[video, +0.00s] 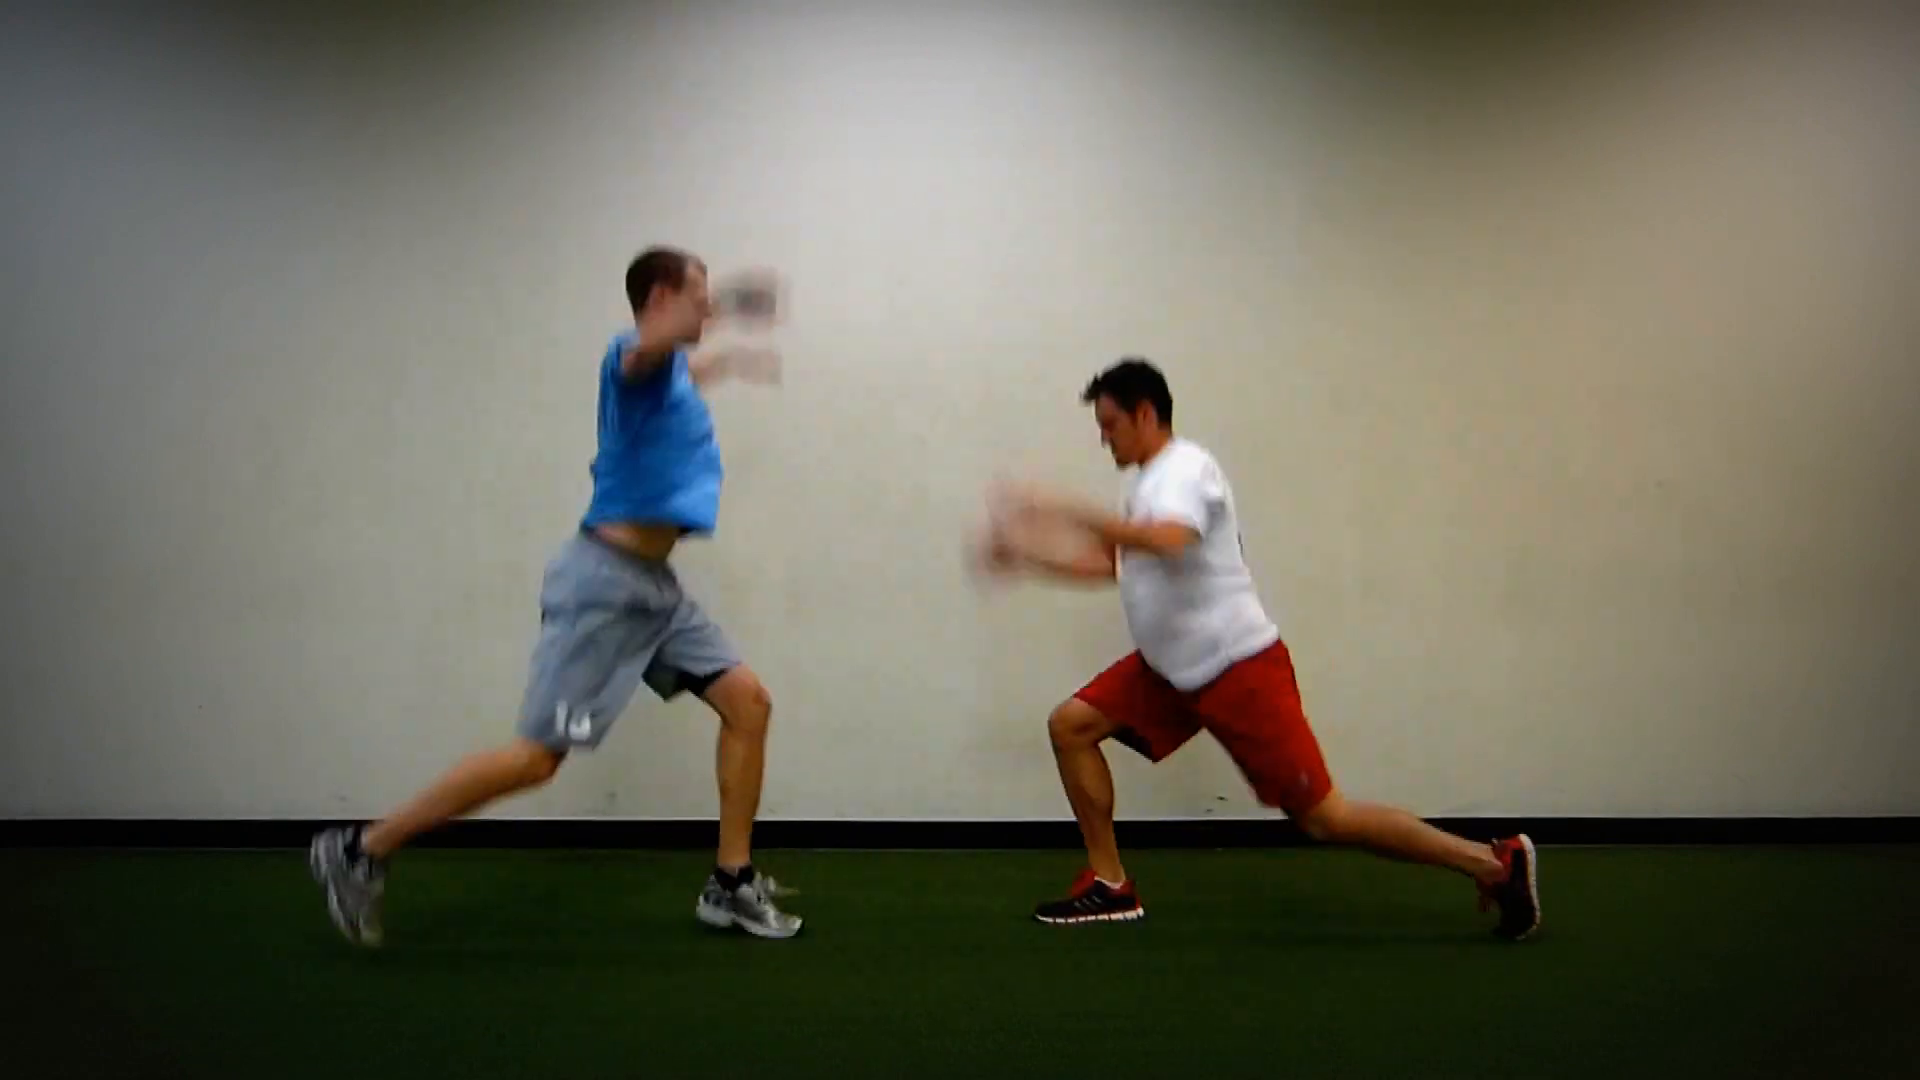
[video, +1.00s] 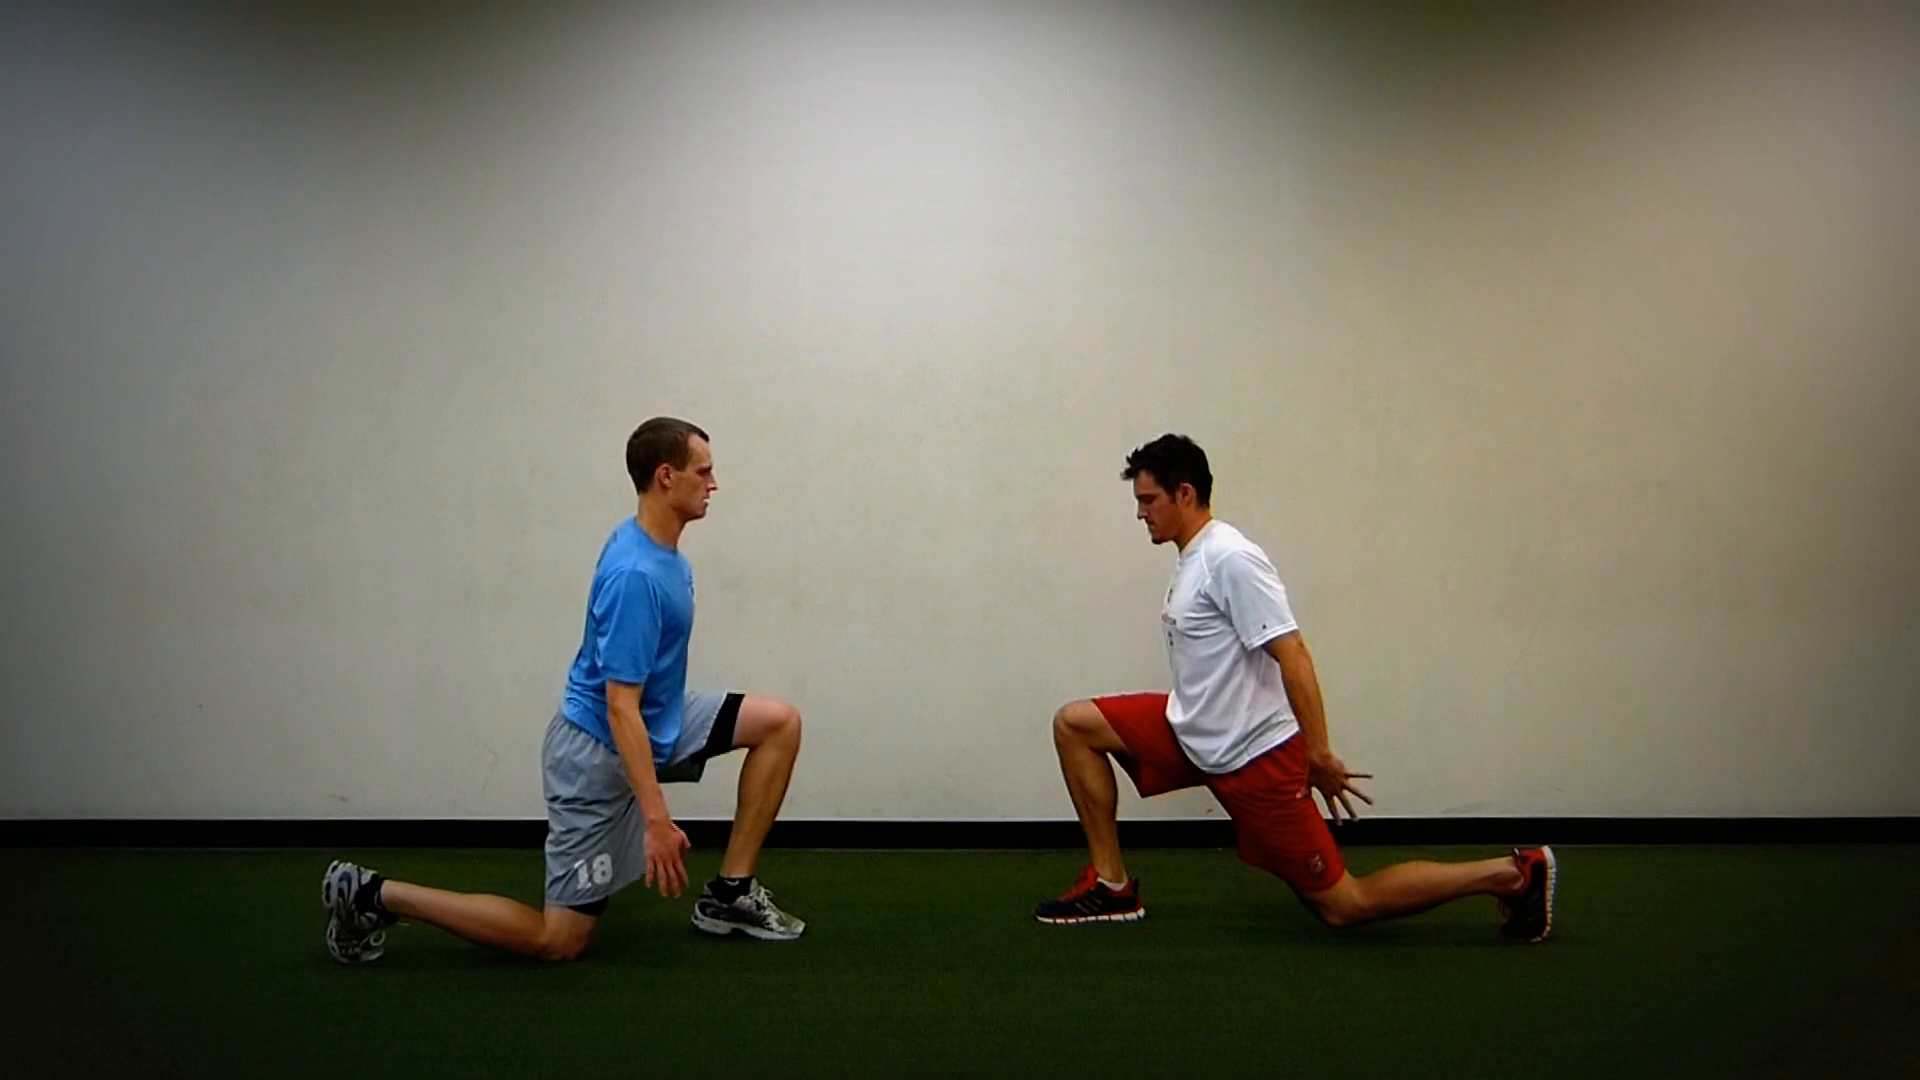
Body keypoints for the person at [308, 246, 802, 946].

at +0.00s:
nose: (706, 307)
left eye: (706, 296)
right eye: (698, 295)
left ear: (664, 298)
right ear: (662, 297)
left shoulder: (670, 370)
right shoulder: (631, 358)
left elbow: (689, 376)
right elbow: (647, 354)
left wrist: (727, 361)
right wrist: (710, 312)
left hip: (653, 583)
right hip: (604, 579)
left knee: (747, 705)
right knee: (535, 760)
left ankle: (733, 883)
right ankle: (362, 850)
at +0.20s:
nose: (708, 453)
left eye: (706, 440)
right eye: (698, 441)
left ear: (662, 446)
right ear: (658, 447)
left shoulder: (666, 523)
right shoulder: (637, 531)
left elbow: (650, 641)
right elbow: (627, 651)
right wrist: (657, 753)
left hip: (663, 706)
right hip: (601, 723)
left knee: (780, 734)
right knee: (552, 906)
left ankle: (731, 897)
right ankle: (360, 891)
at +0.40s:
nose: (706, 469)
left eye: (705, 458)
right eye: (696, 458)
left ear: (662, 464)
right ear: (658, 463)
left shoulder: (663, 541)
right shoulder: (637, 554)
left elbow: (646, 663)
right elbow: (631, 682)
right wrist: (673, 783)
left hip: (660, 717)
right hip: (602, 739)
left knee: (783, 731)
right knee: (556, 930)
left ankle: (731, 895)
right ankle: (365, 892)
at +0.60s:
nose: (710, 483)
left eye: (709, 472)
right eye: (701, 472)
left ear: (663, 478)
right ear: (660, 477)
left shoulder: (663, 552)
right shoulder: (633, 571)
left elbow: (654, 674)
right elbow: (632, 700)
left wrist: (676, 775)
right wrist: (686, 803)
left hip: (655, 720)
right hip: (595, 745)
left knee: (776, 724)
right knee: (560, 938)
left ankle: (732, 894)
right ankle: (366, 896)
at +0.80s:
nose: (714, 489)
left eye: (713, 477)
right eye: (705, 478)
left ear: (665, 483)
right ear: (664, 483)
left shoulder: (656, 549)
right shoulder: (634, 581)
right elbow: (631, 711)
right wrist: (674, 818)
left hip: (648, 720)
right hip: (593, 747)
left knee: (774, 721)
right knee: (561, 939)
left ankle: (732, 890)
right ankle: (369, 896)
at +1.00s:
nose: (715, 484)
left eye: (712, 471)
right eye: (705, 472)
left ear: (665, 479)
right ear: (664, 478)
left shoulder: (659, 549)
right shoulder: (634, 578)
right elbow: (622, 707)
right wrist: (656, 819)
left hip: (649, 724)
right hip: (595, 750)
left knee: (778, 722)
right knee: (561, 940)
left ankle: (733, 892)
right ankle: (371, 894)